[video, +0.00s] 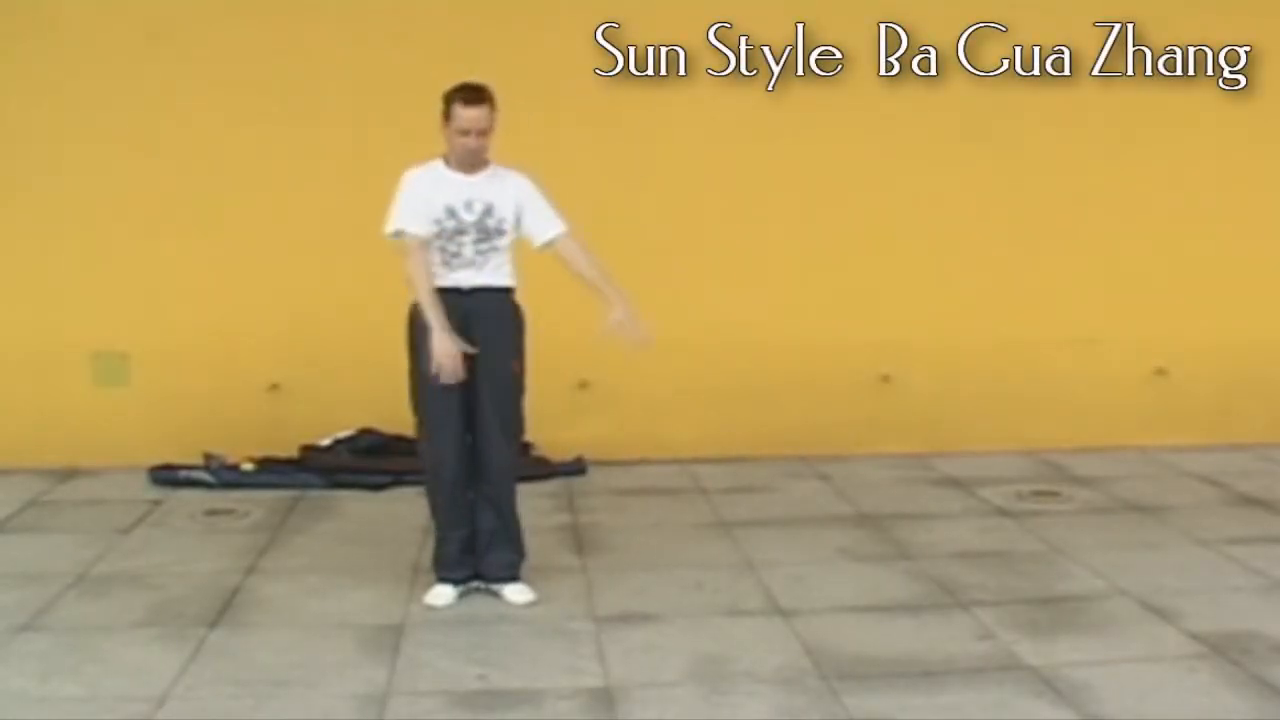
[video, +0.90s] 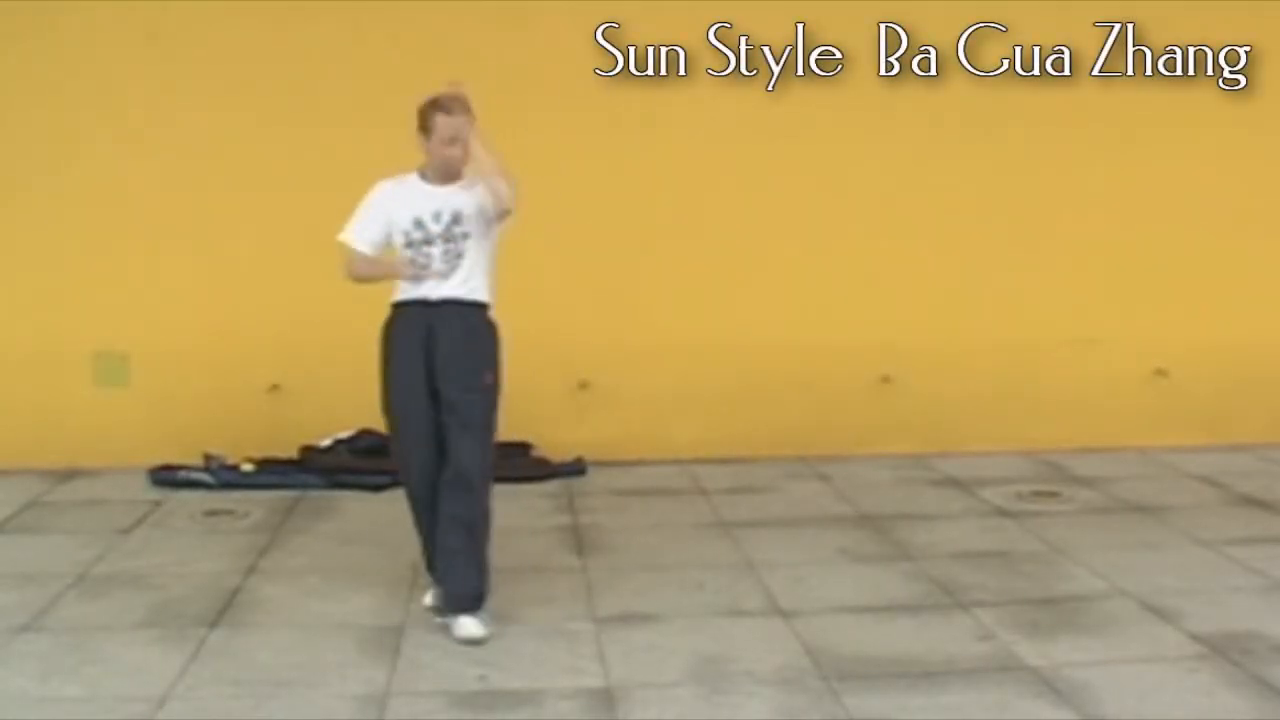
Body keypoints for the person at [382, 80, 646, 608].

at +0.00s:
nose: (475, 142)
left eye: (483, 132)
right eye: (465, 132)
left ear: (493, 131)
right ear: (445, 131)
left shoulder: (513, 186)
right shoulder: (420, 183)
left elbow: (564, 244)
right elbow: (416, 261)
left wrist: (615, 299)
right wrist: (439, 331)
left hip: (495, 314)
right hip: (437, 314)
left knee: (498, 445)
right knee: (445, 448)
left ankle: (501, 568)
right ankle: (452, 570)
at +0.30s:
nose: (455, 141)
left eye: (464, 131)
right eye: (446, 132)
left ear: (483, 130)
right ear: (435, 133)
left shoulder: (509, 186)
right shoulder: (412, 184)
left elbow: (540, 266)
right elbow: (379, 251)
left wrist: (535, 343)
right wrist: (380, 332)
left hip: (489, 311)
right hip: (433, 314)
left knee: (493, 447)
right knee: (439, 448)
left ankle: (500, 568)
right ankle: (451, 570)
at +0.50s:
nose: (442, 140)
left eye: (451, 130)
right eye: (434, 131)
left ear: (473, 130)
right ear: (425, 132)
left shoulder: (501, 188)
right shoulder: (408, 185)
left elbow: (514, 270)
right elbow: (373, 245)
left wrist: (476, 337)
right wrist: (357, 313)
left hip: (484, 310)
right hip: (426, 310)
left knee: (486, 446)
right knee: (432, 448)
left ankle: (499, 567)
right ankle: (450, 570)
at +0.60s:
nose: (444, 140)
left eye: (453, 130)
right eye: (435, 131)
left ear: (472, 129)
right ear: (422, 132)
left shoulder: (496, 188)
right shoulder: (403, 187)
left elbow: (494, 268)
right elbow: (377, 248)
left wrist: (428, 309)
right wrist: (350, 300)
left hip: (478, 316)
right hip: (420, 317)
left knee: (485, 447)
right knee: (430, 449)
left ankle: (496, 568)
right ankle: (449, 571)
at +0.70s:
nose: (450, 142)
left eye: (459, 132)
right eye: (440, 133)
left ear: (472, 133)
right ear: (423, 135)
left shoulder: (494, 188)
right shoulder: (398, 189)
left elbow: (471, 255)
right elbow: (374, 255)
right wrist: (326, 290)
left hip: (474, 321)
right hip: (419, 322)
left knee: (480, 450)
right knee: (426, 451)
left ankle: (493, 574)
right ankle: (449, 573)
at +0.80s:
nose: (454, 145)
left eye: (462, 136)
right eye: (444, 136)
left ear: (473, 138)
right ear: (425, 138)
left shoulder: (491, 186)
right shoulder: (396, 190)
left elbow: (478, 233)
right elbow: (368, 255)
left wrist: (421, 179)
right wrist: (336, 275)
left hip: (471, 324)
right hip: (413, 325)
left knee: (475, 456)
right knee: (422, 456)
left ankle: (482, 586)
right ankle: (445, 575)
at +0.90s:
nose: (455, 150)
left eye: (462, 139)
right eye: (445, 139)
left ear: (471, 141)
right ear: (423, 140)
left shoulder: (482, 196)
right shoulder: (391, 194)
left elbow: (503, 200)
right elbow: (353, 263)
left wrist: (475, 144)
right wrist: (396, 265)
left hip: (468, 324)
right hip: (410, 324)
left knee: (468, 463)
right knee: (416, 463)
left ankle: (465, 601)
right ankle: (443, 575)